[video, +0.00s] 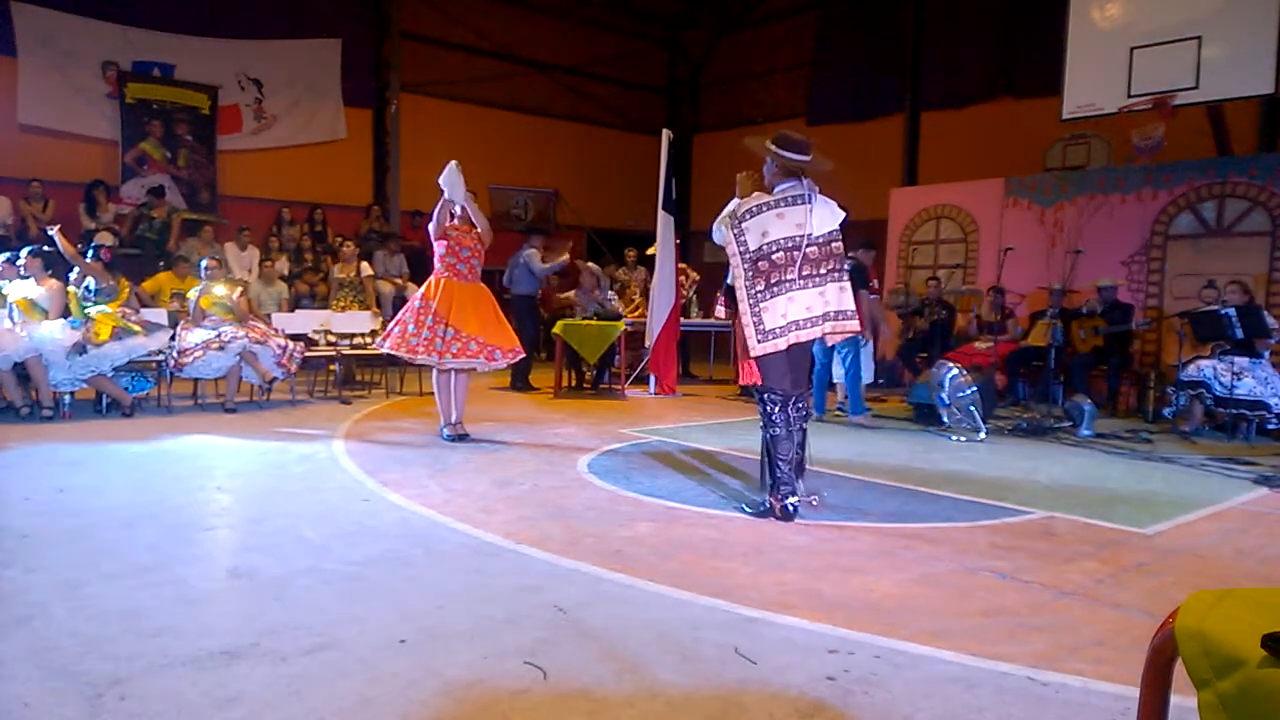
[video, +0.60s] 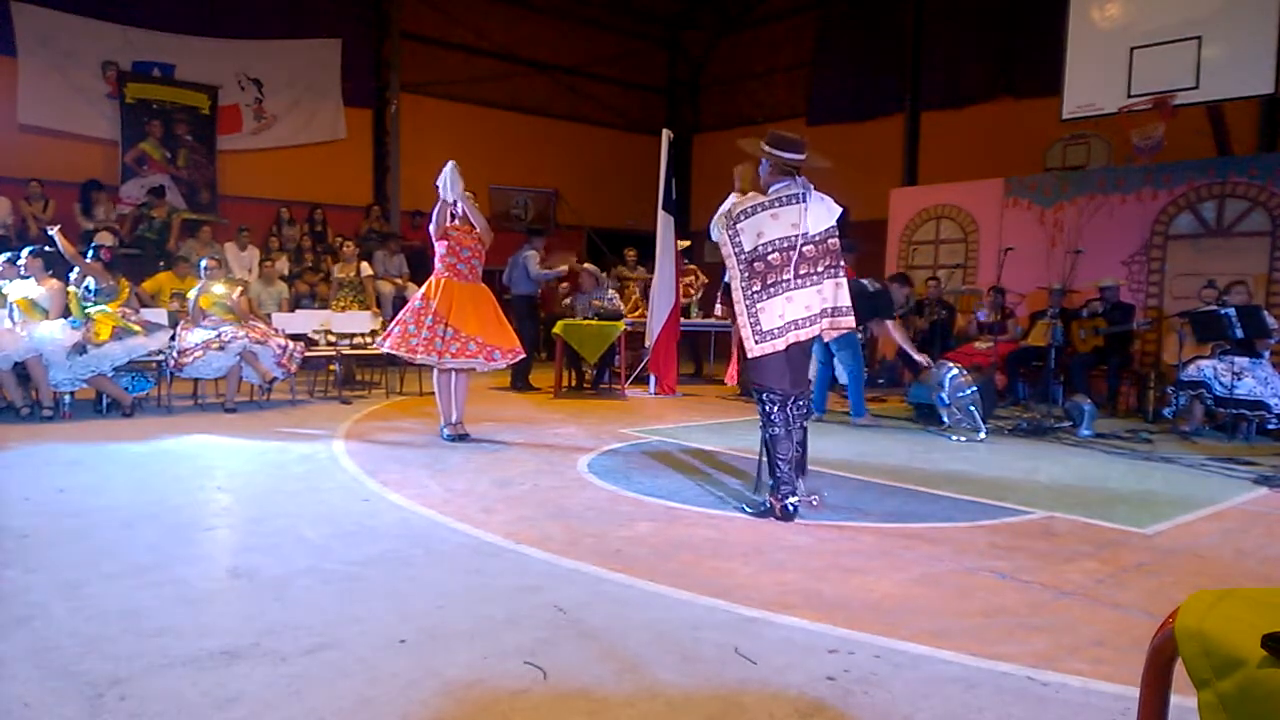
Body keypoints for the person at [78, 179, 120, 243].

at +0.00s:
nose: (100, 194)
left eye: (103, 191)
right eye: (97, 191)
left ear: (106, 193)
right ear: (91, 193)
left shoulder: (112, 207)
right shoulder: (83, 207)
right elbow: (86, 224)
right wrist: (110, 226)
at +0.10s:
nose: (100, 194)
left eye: (103, 191)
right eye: (97, 191)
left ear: (106, 192)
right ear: (91, 193)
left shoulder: (112, 207)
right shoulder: (84, 207)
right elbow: (86, 225)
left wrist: (102, 204)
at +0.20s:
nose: (100, 194)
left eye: (103, 191)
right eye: (97, 191)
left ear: (106, 192)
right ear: (91, 193)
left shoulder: (112, 207)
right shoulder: (84, 207)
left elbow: (132, 210)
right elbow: (86, 224)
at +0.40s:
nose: (100, 193)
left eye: (102, 190)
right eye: (96, 191)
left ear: (106, 192)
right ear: (90, 193)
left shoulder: (111, 206)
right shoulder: (83, 207)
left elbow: (132, 211)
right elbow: (86, 225)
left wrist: (125, 229)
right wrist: (109, 226)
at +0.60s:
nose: (96, 197)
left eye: (98, 193)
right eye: (93, 193)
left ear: (103, 193)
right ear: (86, 194)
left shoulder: (108, 205)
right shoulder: (80, 206)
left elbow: (112, 220)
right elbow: (83, 224)